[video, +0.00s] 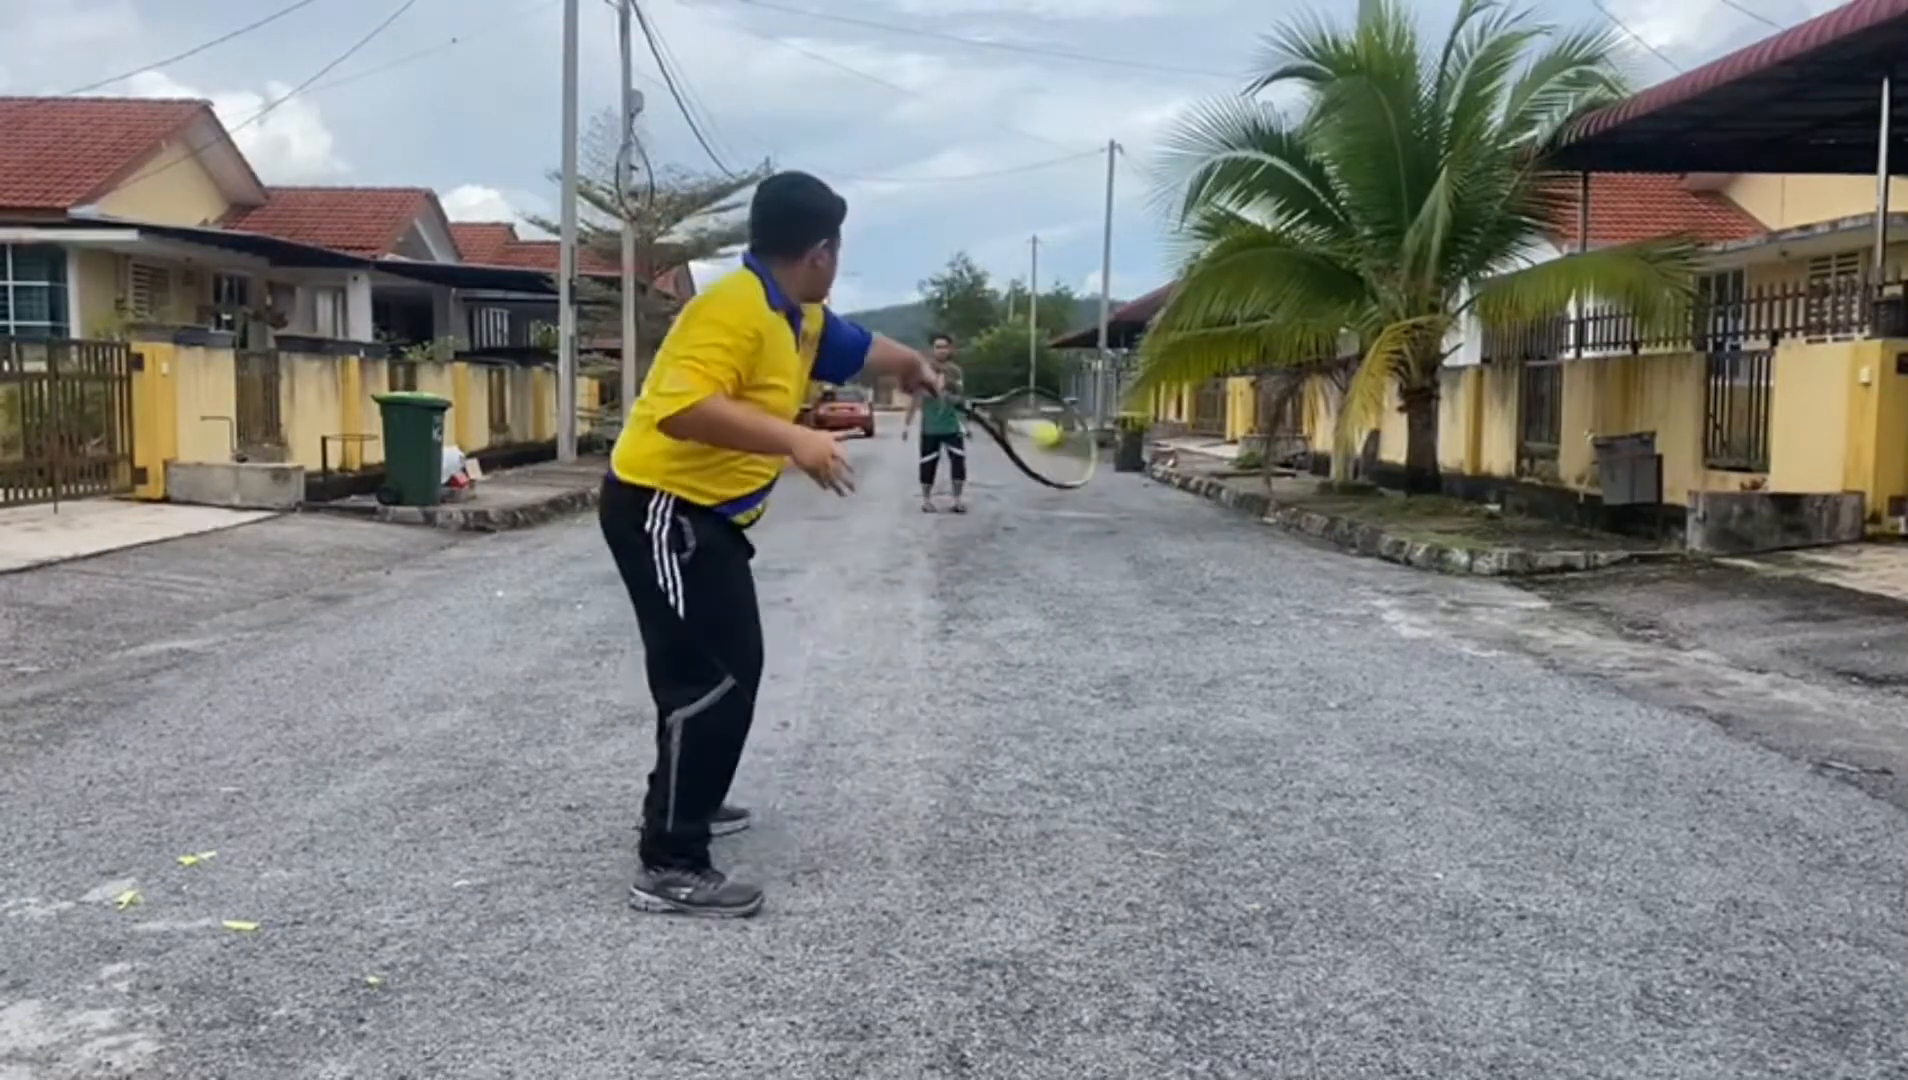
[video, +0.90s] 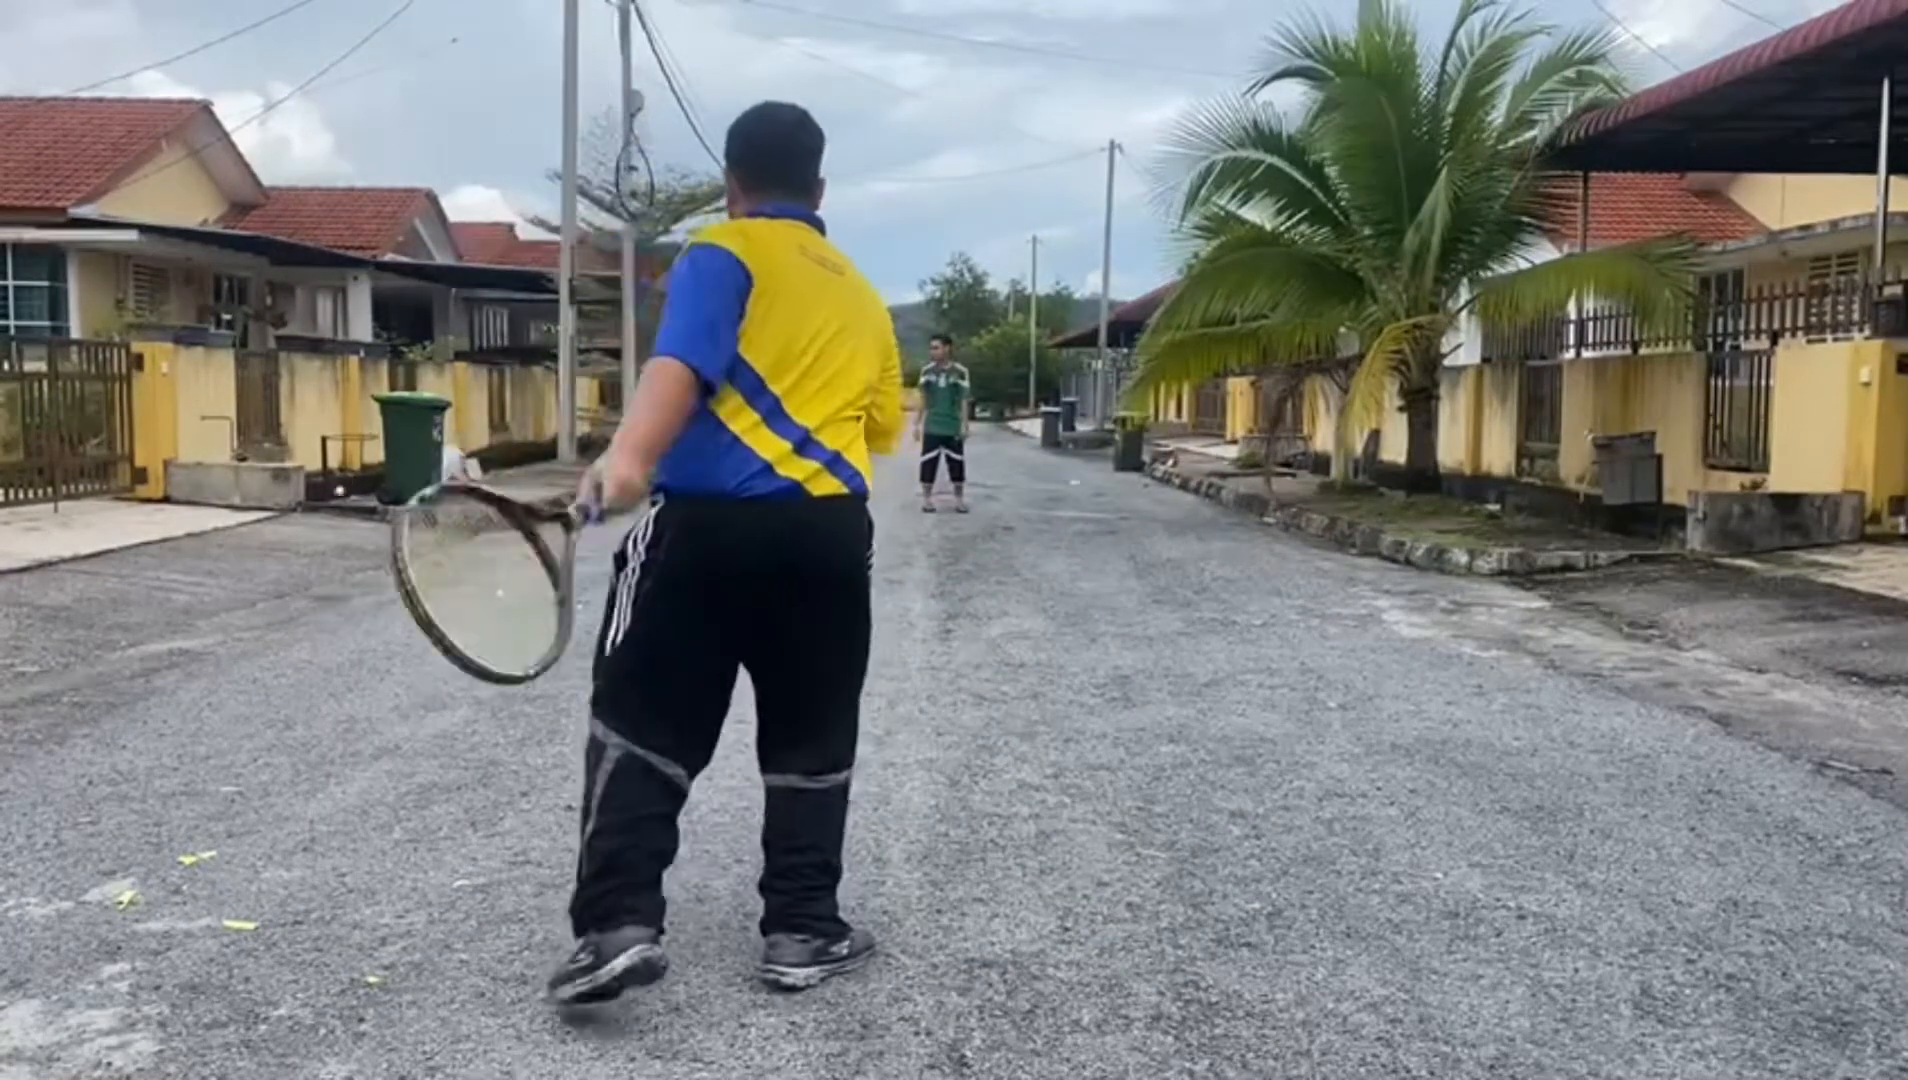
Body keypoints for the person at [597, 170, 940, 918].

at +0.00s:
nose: (839, 259)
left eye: (837, 245)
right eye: (835, 245)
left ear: (774, 245)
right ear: (814, 253)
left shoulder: (794, 317)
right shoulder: (731, 306)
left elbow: (854, 348)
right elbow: (677, 408)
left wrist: (910, 365)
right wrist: (792, 437)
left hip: (705, 510)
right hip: (663, 507)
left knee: (729, 665)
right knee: (709, 675)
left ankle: (683, 802)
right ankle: (670, 863)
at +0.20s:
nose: (838, 226)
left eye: (836, 211)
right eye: (838, 211)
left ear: (762, 203)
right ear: (824, 213)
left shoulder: (722, 235)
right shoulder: (794, 292)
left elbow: (702, 184)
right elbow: (783, 415)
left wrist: (682, 157)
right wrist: (864, 445)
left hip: (639, 485)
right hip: (701, 503)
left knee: (673, 666)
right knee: (737, 678)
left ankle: (659, 817)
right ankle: (683, 867)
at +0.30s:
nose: (832, 202)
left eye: (827, 186)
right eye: (832, 189)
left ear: (753, 178)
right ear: (820, 193)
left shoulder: (693, 215)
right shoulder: (812, 281)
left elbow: (634, 132)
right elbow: (815, 407)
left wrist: (588, 57)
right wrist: (881, 427)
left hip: (633, 472)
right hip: (713, 486)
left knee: (662, 652)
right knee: (776, 659)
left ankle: (630, 821)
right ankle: (692, 844)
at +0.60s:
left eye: (739, 193)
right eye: (828, 203)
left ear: (737, 197)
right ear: (824, 211)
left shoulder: (691, 260)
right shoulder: (863, 311)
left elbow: (571, 203)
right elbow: (891, 432)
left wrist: (468, 119)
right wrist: (807, 405)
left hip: (678, 533)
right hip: (794, 540)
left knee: (660, 704)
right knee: (800, 726)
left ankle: (625, 867)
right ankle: (801, 924)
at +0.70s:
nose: (742, 209)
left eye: (743, 197)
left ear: (750, 195)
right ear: (832, 202)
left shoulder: (731, 250)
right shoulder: (867, 307)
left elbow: (608, 244)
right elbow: (899, 431)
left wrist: (488, 233)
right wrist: (812, 409)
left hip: (701, 527)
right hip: (818, 538)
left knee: (657, 712)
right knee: (811, 734)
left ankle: (603, 882)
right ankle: (799, 927)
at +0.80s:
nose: (741, 200)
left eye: (741, 189)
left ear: (746, 188)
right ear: (832, 192)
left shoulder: (729, 252)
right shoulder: (869, 303)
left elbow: (642, 315)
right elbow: (892, 431)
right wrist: (806, 395)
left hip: (709, 530)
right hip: (828, 543)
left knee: (647, 716)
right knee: (814, 733)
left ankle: (597, 908)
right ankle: (801, 927)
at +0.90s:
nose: (725, 194)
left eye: (726, 182)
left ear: (734, 182)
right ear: (821, 188)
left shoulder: (723, 253)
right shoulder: (861, 295)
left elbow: (681, 365)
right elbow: (882, 427)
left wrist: (624, 463)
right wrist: (782, 417)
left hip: (704, 536)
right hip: (826, 546)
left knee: (644, 731)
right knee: (812, 743)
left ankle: (620, 922)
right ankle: (800, 929)